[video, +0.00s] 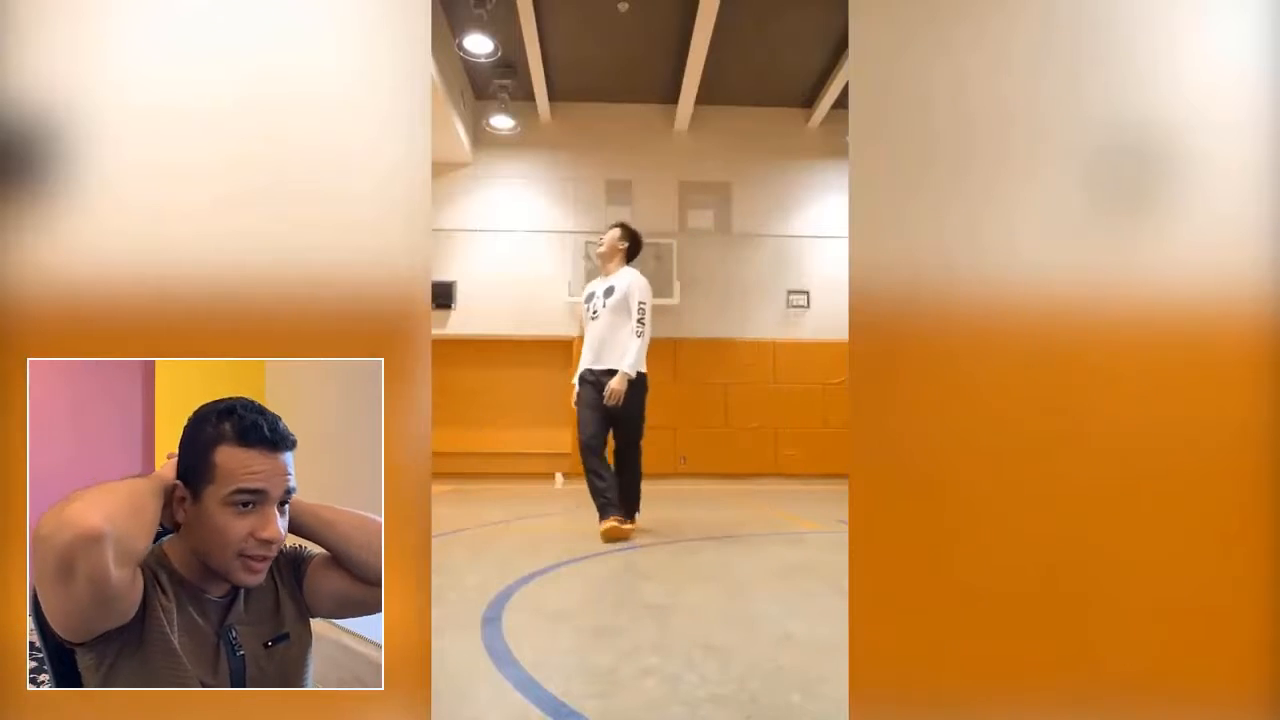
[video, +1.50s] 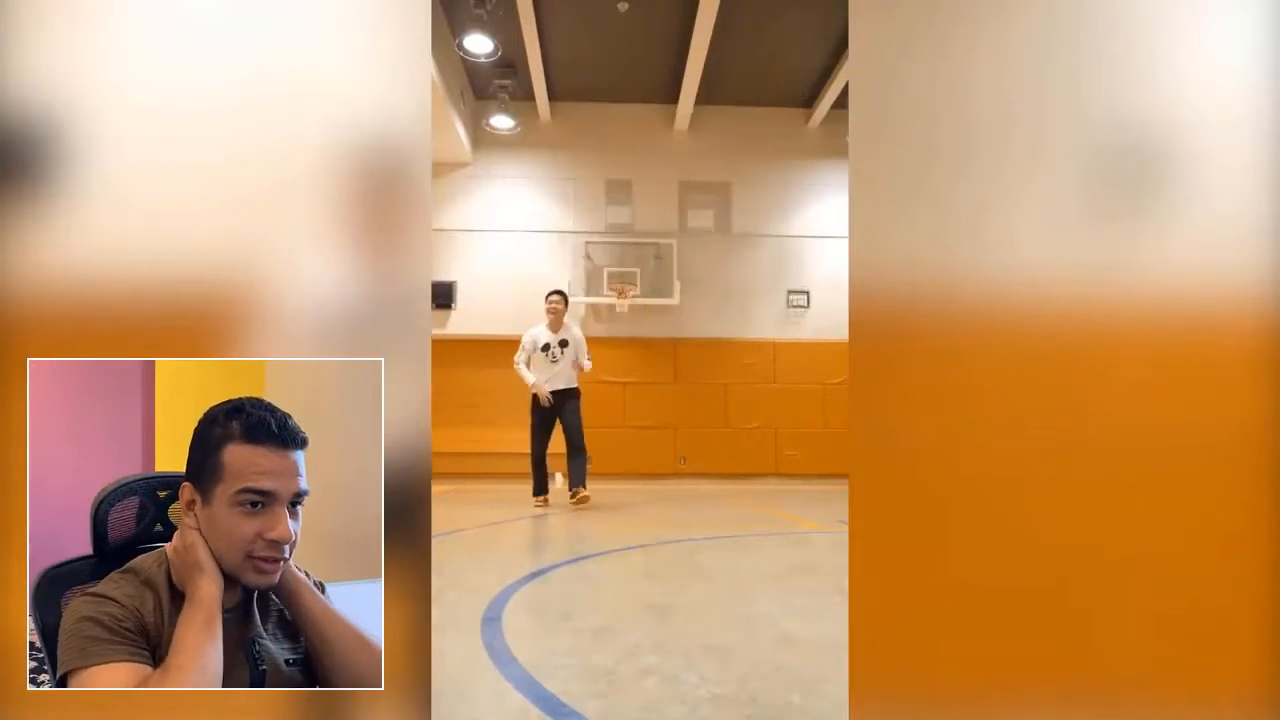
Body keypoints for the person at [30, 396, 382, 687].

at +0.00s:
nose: (273, 533)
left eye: (284, 503)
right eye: (245, 505)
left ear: (288, 504)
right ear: (183, 504)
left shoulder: (287, 580)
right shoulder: (118, 603)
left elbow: (400, 572)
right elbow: (80, 537)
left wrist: (280, 505)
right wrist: (160, 487)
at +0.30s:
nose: (273, 528)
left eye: (284, 501)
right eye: (244, 498)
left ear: (290, 501)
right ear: (184, 497)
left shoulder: (281, 578)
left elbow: (396, 605)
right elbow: (140, 628)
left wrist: (282, 520)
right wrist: (164, 507)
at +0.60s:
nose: (282, 531)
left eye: (293, 503)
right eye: (253, 500)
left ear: (300, 502)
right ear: (190, 499)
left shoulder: (279, 584)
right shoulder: (99, 600)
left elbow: (393, 647)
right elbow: (180, 666)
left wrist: (288, 534)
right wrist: (174, 520)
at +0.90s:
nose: (285, 537)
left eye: (296, 508)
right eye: (256, 507)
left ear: (303, 506)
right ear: (194, 504)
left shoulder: (283, 586)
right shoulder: (100, 602)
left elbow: (394, 648)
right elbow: (174, 675)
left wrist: (292, 531)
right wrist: (176, 527)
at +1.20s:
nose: (289, 535)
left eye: (299, 506)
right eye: (259, 506)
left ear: (307, 502)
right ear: (195, 506)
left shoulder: (285, 593)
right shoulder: (106, 606)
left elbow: (388, 674)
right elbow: (162, 709)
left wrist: (295, 553)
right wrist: (191, 563)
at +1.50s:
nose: (284, 533)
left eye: (295, 505)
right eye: (254, 505)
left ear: (303, 504)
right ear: (192, 507)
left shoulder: (293, 592)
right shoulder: (107, 609)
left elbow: (379, 690)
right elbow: (160, 716)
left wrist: (290, 579)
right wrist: (204, 590)